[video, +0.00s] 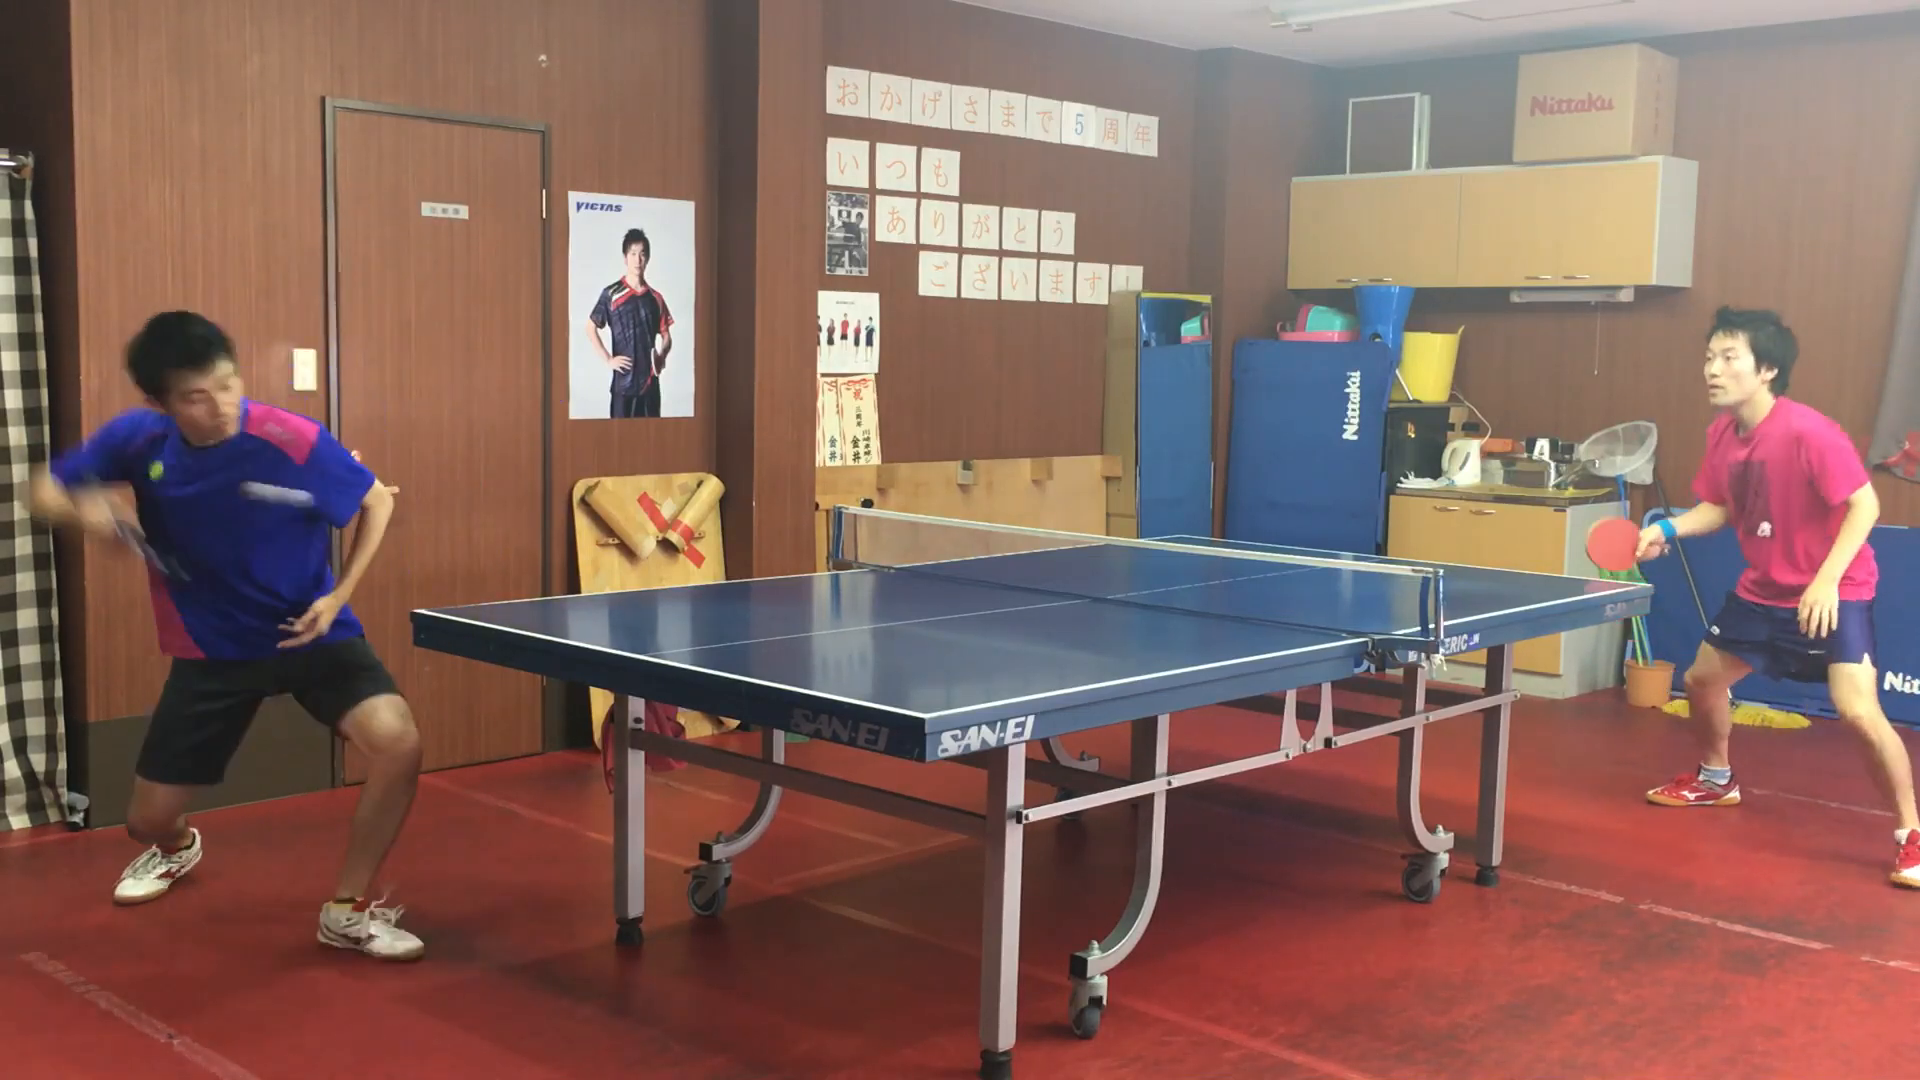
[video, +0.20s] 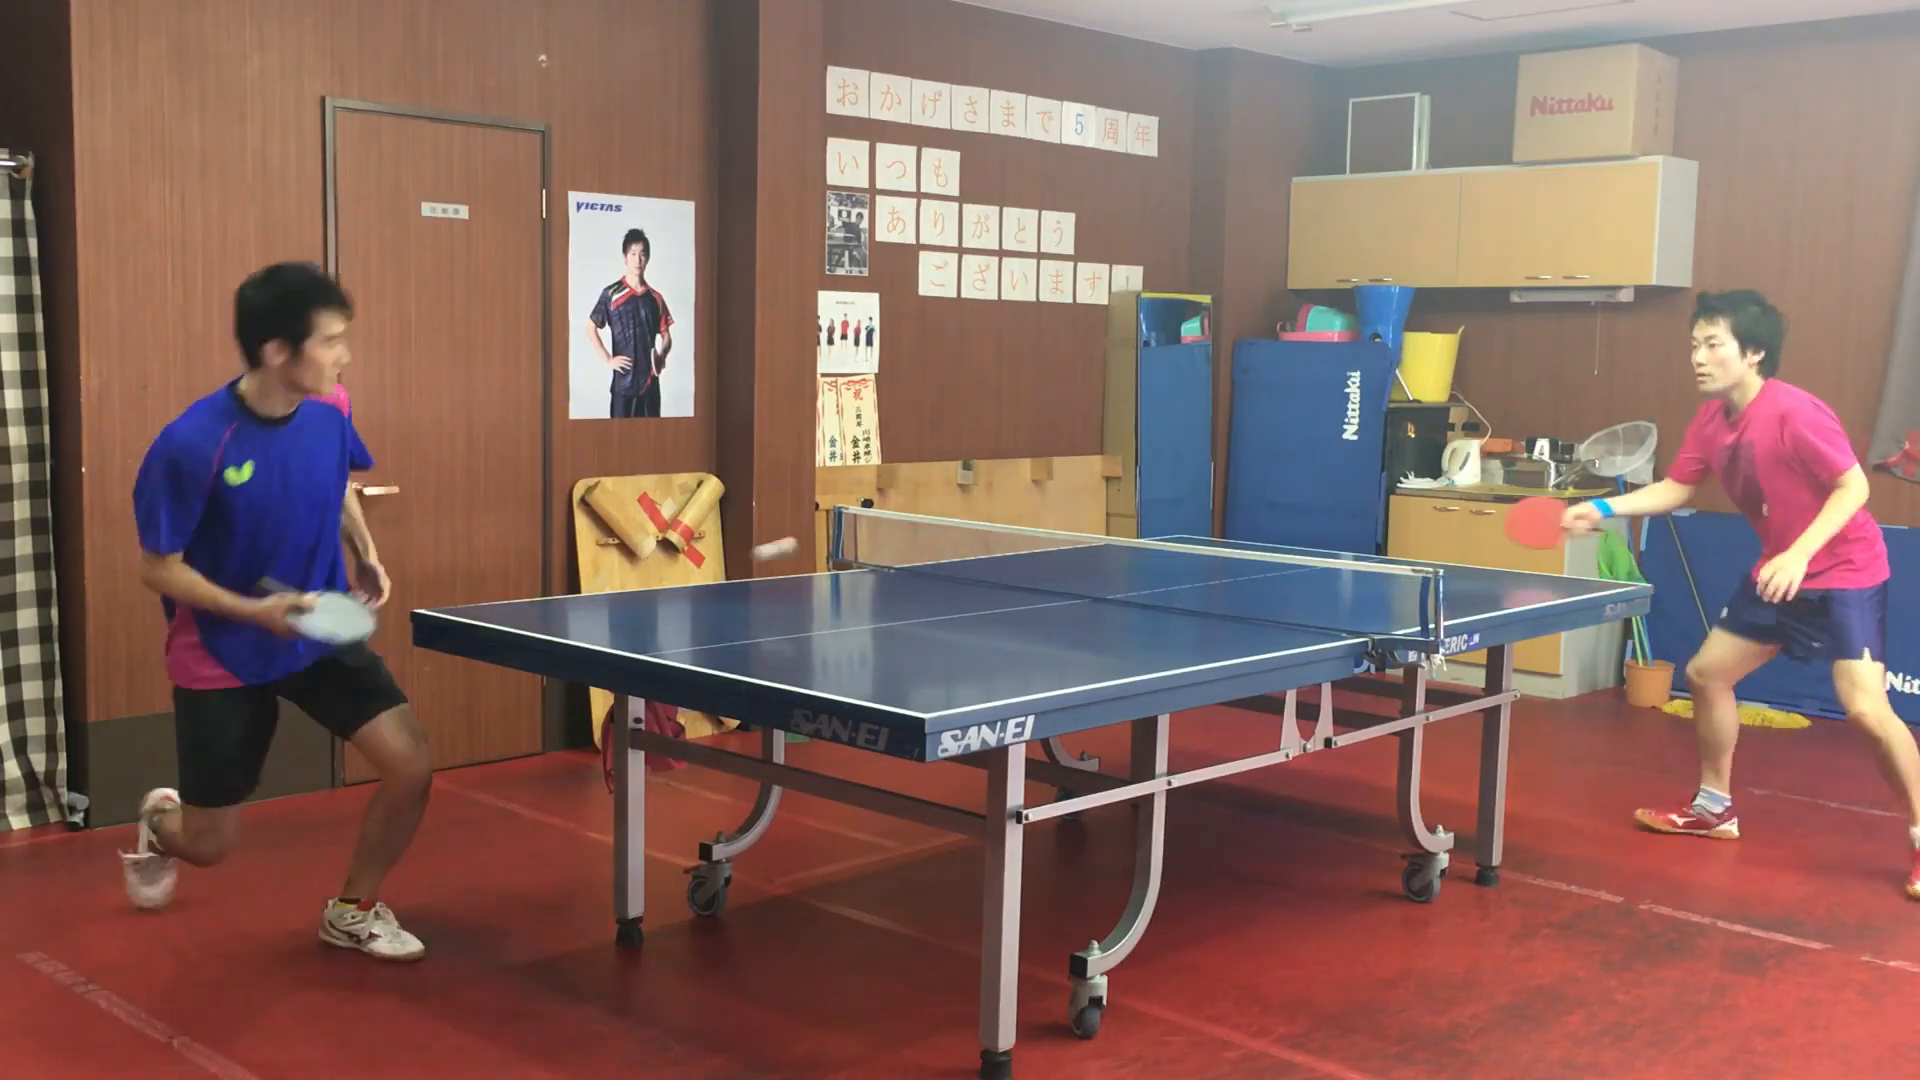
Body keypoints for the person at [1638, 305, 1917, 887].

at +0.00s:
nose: (1711, 370)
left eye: (1727, 359)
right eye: (1709, 359)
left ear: (1767, 373)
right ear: (1706, 366)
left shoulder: (1809, 432)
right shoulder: (1723, 432)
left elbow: (1865, 506)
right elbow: (1718, 508)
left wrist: (1827, 578)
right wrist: (1668, 528)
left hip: (1835, 588)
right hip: (1763, 585)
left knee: (1857, 709)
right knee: (1703, 679)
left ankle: (1911, 831)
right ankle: (1714, 776)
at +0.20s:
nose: (1697, 357)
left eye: (1712, 345)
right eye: (1694, 345)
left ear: (1753, 353)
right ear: (1695, 351)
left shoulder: (1793, 410)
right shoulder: (1710, 422)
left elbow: (1854, 486)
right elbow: (1675, 490)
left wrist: (1799, 552)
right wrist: (1602, 507)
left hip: (1847, 572)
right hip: (1780, 569)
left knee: (1866, 707)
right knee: (1708, 674)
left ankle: (1919, 835)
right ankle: (1713, 807)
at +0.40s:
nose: (1674, 376)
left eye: (1687, 362)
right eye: (1673, 364)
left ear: (1734, 370)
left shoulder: (1800, 427)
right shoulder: (1679, 442)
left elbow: (1854, 505)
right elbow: (1616, 494)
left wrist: (1815, 560)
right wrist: (1536, 508)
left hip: (1808, 614)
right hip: (1725, 603)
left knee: (1863, 731)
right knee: (1616, 665)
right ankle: (1633, 795)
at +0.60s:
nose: (1555, 400)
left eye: (1566, 386)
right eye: (1551, 388)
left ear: (1613, 386)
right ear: (1580, 393)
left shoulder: (1690, 432)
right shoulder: (1562, 457)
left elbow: (1748, 499)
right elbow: (1510, 503)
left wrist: (1758, 549)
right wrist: (1440, 516)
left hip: (1712, 620)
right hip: (1628, 620)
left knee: (1792, 722)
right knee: (1528, 687)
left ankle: (1887, 843)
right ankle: (1464, 819)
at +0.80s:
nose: (1498, 396)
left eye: (1511, 382)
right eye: (1494, 386)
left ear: (1555, 387)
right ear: (1496, 398)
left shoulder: (1627, 429)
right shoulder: (1505, 464)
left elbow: (1693, 472)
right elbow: (1466, 523)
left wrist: (1758, 505)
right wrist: (1419, 532)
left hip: (1666, 608)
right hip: (1578, 613)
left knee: (1756, 717)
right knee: (1478, 679)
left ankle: (1827, 830)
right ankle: (1458, 817)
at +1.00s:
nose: (1549, 364)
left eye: (1564, 351)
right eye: (1543, 352)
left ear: (1606, 359)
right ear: (1538, 360)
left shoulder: (1664, 409)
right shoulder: (1538, 439)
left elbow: (1729, 464)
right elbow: (1515, 516)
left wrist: (1763, 514)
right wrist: (1474, 531)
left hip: (1685, 591)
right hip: (1593, 592)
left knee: (1760, 701)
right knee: (1512, 681)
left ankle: (1832, 827)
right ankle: (1488, 811)